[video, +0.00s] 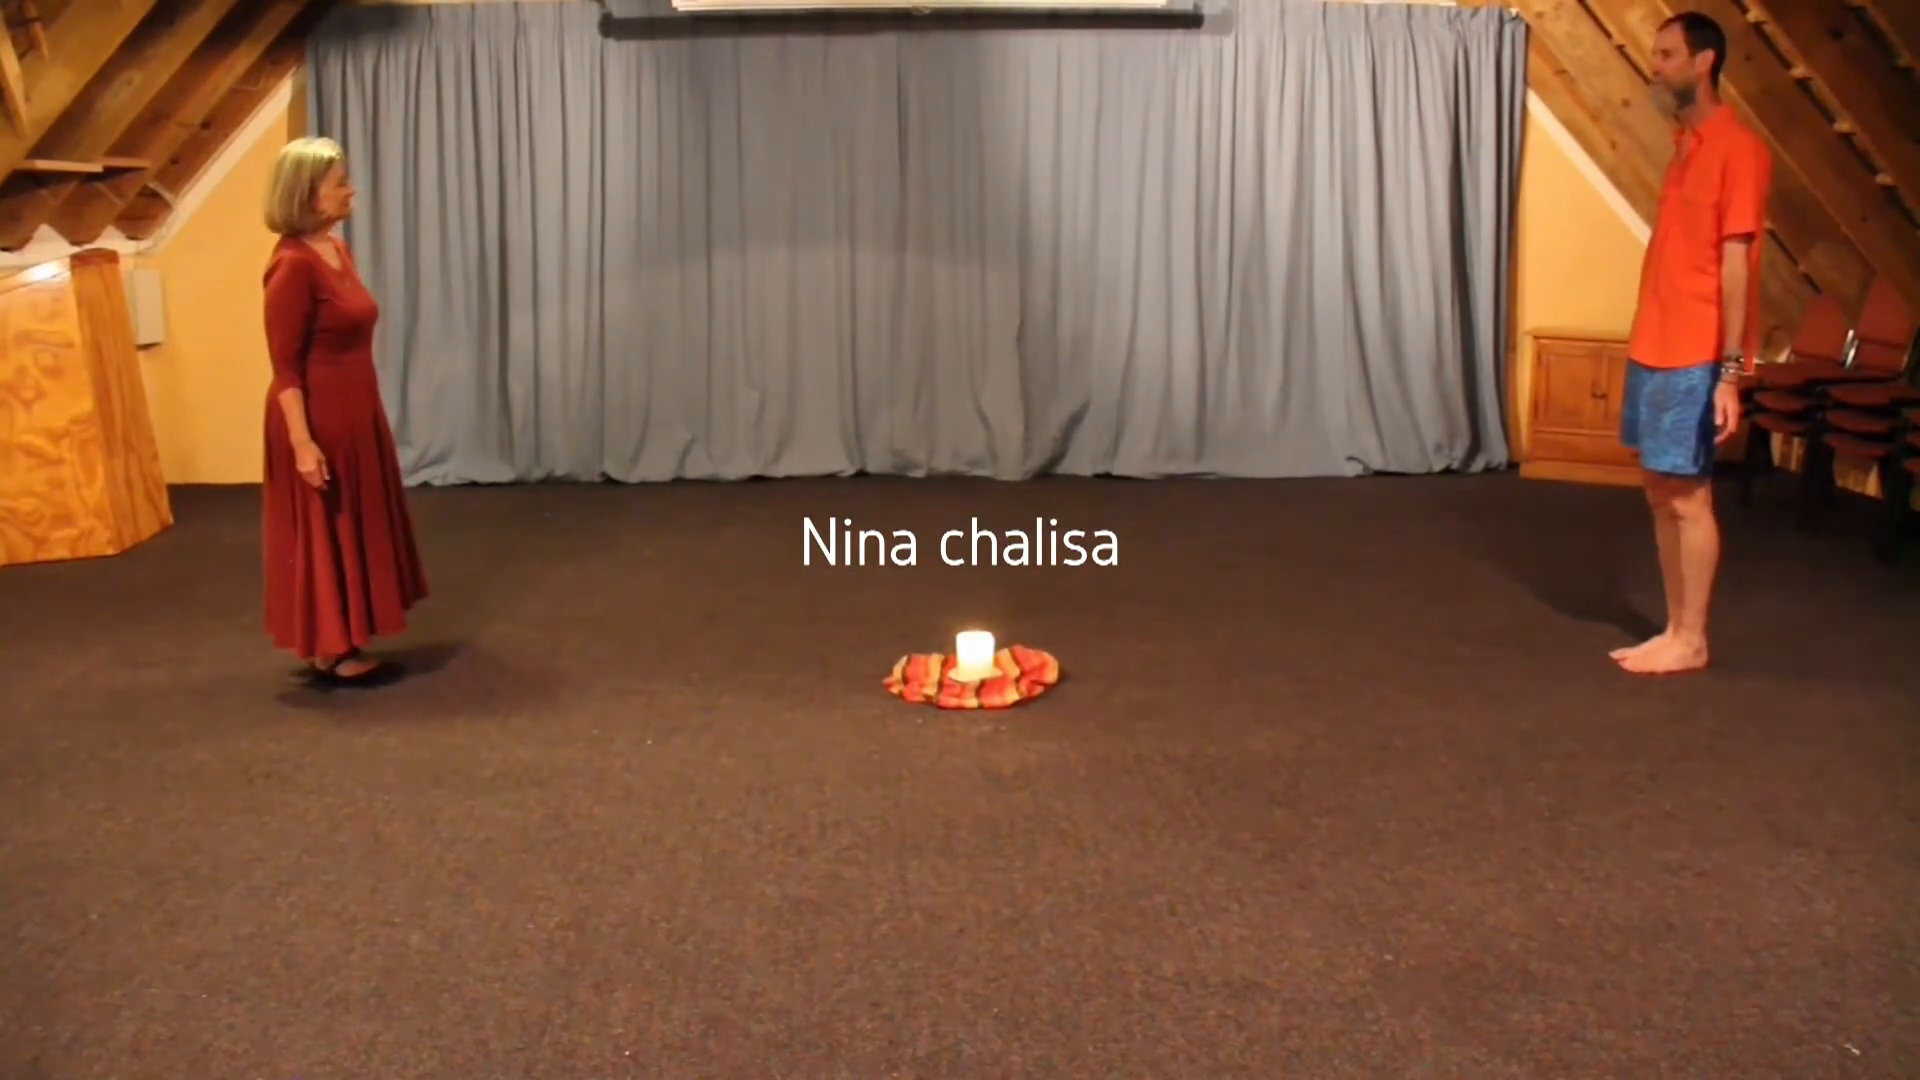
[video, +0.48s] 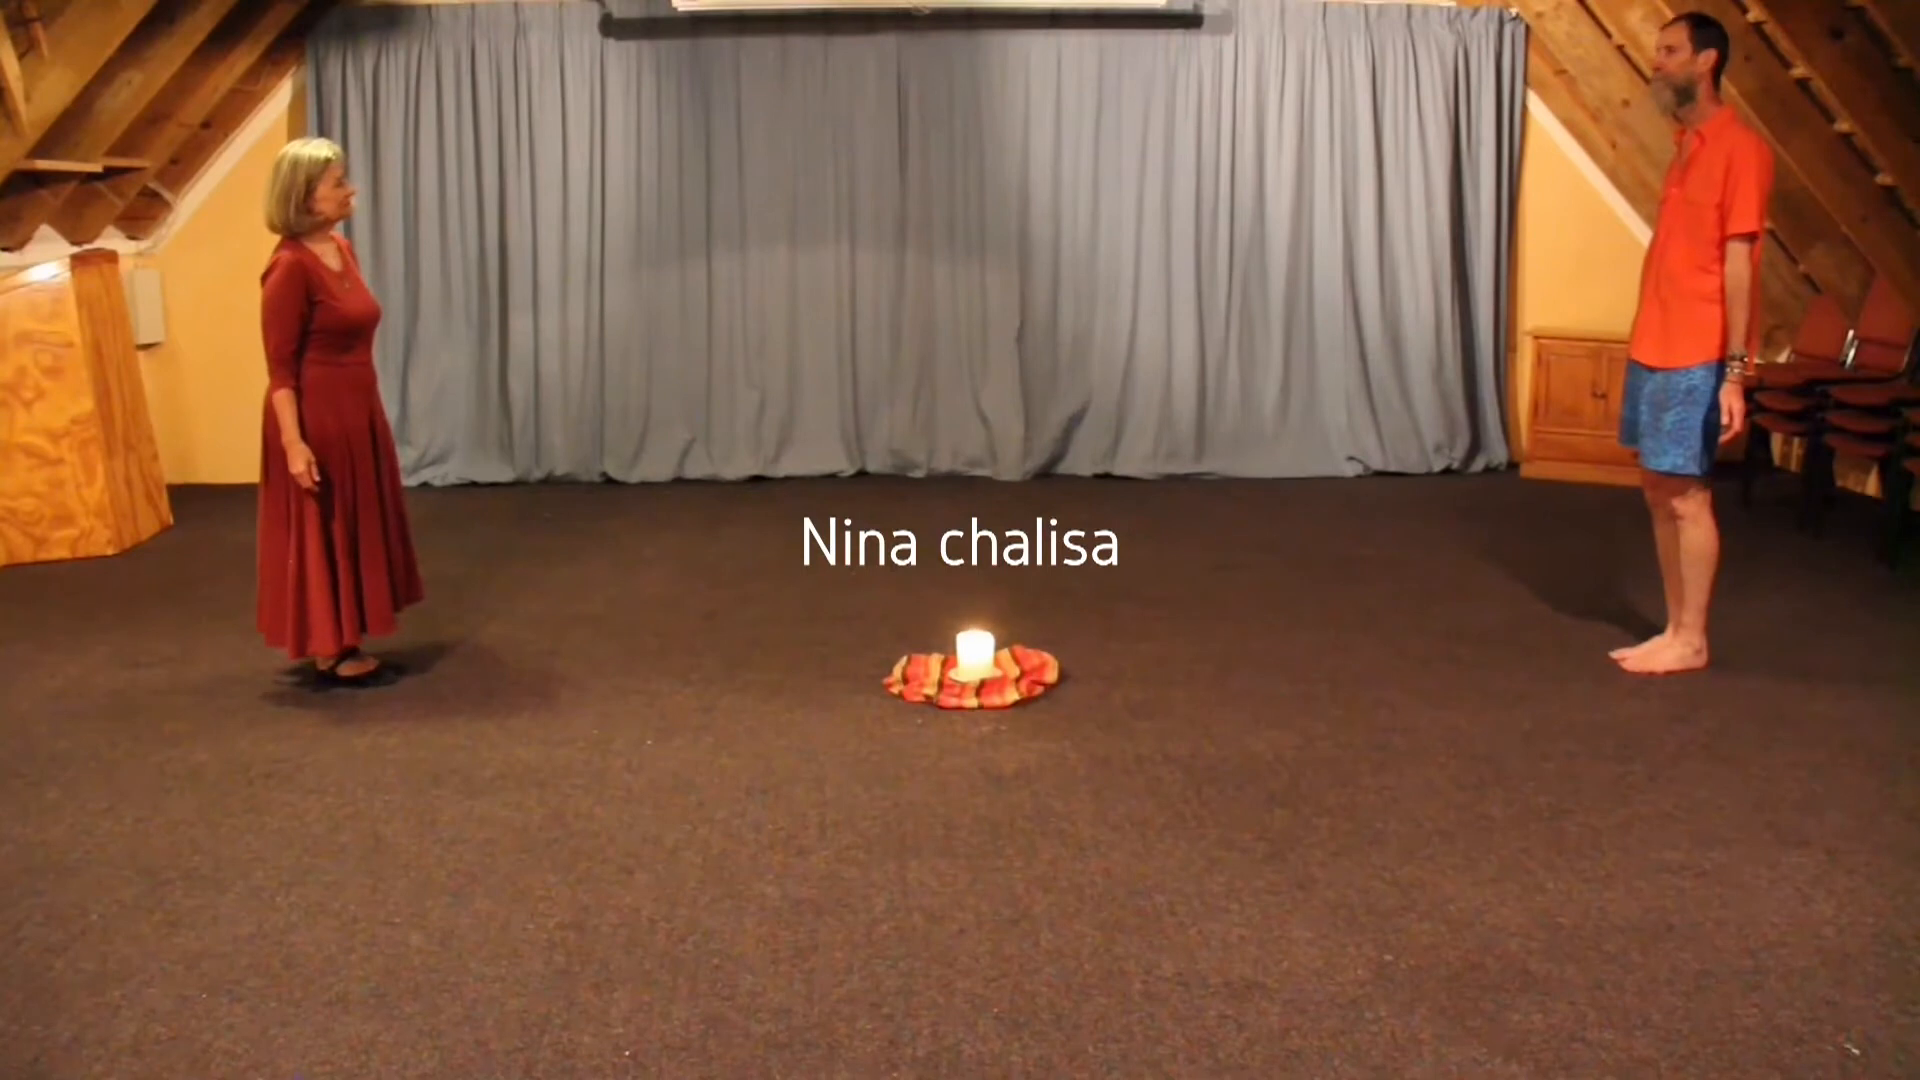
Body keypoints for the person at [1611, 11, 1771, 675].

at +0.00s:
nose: (1654, 67)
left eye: (1666, 55)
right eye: (1653, 55)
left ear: (1705, 61)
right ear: (1689, 63)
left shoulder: (1738, 146)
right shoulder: (1690, 143)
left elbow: (1736, 263)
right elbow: (1686, 256)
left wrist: (1730, 370)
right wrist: (1654, 347)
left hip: (1694, 357)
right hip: (1656, 351)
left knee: (1688, 498)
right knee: (1662, 494)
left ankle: (1692, 639)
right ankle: (1677, 630)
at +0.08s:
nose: (1654, 67)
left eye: (1666, 55)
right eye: (1653, 55)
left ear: (1705, 61)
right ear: (1687, 63)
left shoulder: (1738, 146)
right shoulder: (1690, 142)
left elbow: (1737, 263)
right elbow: (1687, 256)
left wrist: (1730, 370)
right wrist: (1654, 347)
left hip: (1695, 357)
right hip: (1656, 351)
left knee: (1688, 498)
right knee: (1661, 494)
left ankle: (1692, 639)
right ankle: (1677, 630)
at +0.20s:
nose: (1654, 66)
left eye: (1666, 54)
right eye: (1654, 54)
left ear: (1706, 61)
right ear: (1687, 63)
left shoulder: (1740, 145)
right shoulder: (1690, 142)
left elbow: (1738, 262)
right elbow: (1685, 255)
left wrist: (1732, 370)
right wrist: (1654, 347)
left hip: (1695, 357)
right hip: (1656, 351)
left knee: (1688, 497)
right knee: (1659, 491)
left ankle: (1693, 640)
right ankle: (1677, 630)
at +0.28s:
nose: (1655, 65)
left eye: (1667, 53)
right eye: (1654, 54)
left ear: (1706, 61)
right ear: (1685, 63)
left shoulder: (1740, 145)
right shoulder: (1691, 142)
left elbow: (1739, 262)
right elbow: (1685, 255)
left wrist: (1734, 369)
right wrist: (1653, 346)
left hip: (1696, 357)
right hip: (1656, 350)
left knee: (1687, 497)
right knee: (1659, 491)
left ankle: (1692, 640)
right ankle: (1677, 630)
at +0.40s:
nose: (1655, 64)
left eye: (1668, 52)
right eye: (1655, 52)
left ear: (1707, 60)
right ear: (1689, 62)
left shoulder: (1741, 146)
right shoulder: (1691, 143)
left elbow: (1739, 261)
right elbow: (1684, 255)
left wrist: (1735, 369)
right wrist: (1653, 346)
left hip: (1696, 356)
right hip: (1656, 350)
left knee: (1686, 497)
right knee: (1659, 490)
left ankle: (1693, 640)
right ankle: (1677, 630)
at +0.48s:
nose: (1655, 63)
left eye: (1668, 51)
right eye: (1656, 51)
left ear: (1707, 60)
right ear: (1690, 61)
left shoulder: (1741, 145)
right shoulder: (1692, 142)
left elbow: (1740, 261)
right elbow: (1685, 255)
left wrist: (1736, 369)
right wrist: (1654, 346)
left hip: (1696, 355)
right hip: (1656, 349)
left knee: (1686, 497)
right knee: (1659, 490)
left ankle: (1692, 639)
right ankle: (1676, 630)